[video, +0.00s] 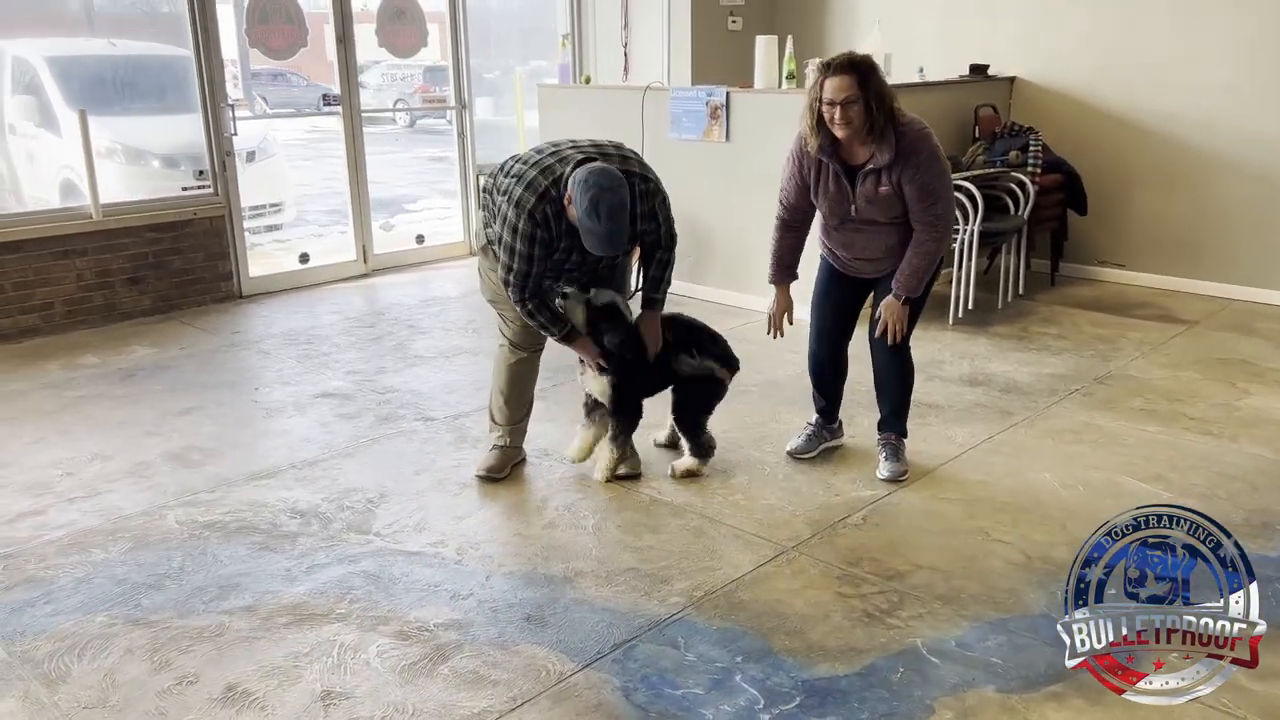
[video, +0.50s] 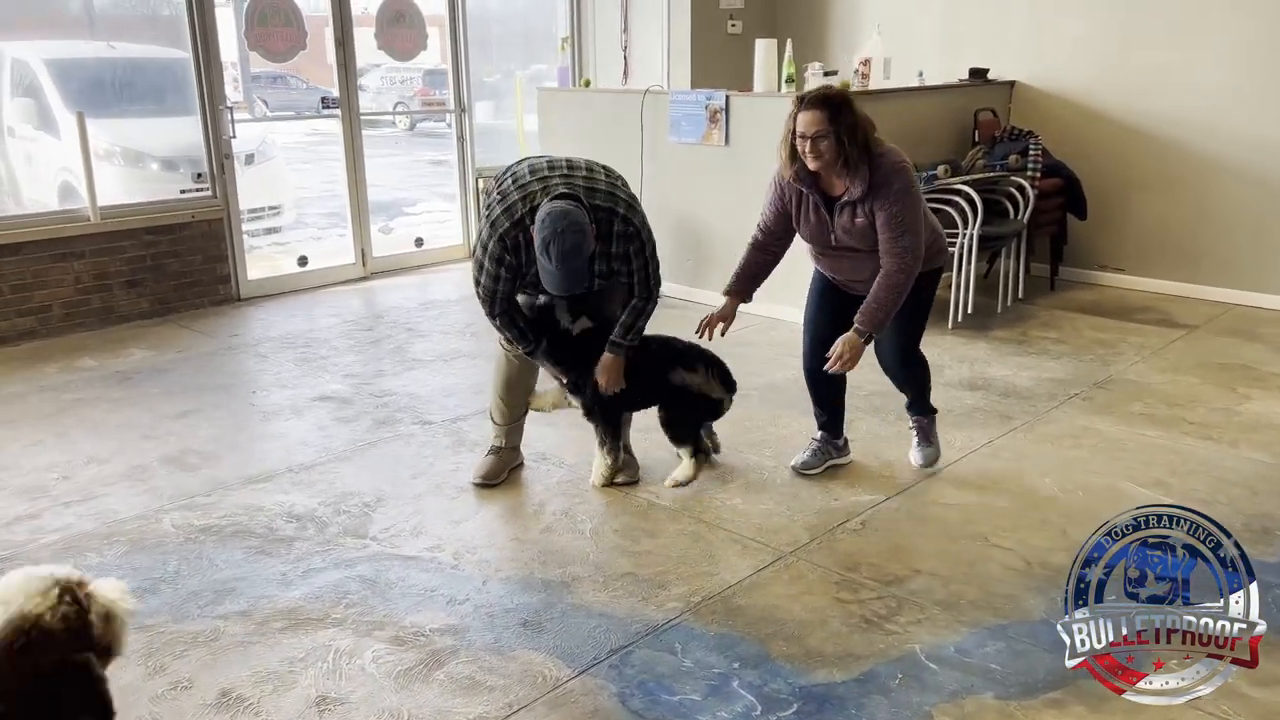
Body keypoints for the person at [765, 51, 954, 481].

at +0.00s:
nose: (838, 114)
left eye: (849, 103)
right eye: (829, 104)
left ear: (871, 101)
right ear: (817, 105)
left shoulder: (913, 143)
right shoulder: (810, 145)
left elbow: (935, 227)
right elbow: (792, 215)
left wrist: (900, 293)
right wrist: (781, 285)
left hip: (903, 259)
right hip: (841, 255)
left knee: (887, 338)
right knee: (823, 345)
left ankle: (892, 439)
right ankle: (826, 423)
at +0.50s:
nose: (809, 147)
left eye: (820, 137)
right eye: (801, 138)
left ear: (844, 136)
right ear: (792, 138)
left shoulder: (889, 173)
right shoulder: (792, 180)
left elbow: (900, 262)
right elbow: (768, 240)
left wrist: (860, 333)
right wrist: (732, 300)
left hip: (907, 267)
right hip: (838, 267)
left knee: (895, 355)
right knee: (818, 355)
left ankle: (922, 417)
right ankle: (831, 440)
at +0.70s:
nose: (793, 175)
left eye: (803, 165)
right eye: (787, 165)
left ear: (831, 165)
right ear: (781, 167)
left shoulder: (876, 207)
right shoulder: (784, 208)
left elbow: (877, 298)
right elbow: (750, 259)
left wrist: (826, 361)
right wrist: (700, 301)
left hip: (901, 298)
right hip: (834, 291)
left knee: (894, 400)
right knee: (797, 350)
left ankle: (951, 405)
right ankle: (825, 440)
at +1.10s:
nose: (797, 222)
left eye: (808, 214)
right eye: (794, 211)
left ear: (837, 214)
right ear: (789, 210)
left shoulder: (875, 264)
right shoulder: (788, 245)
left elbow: (855, 349)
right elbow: (736, 270)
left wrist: (826, 420)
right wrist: (680, 281)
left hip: (884, 360)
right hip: (828, 343)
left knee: (875, 469)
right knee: (768, 357)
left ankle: (932, 412)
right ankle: (811, 444)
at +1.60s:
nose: (803, 199)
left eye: (814, 192)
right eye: (802, 189)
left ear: (845, 195)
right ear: (798, 189)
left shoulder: (886, 252)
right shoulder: (799, 232)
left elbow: (888, 339)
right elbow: (778, 282)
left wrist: (817, 368)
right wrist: (752, 308)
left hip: (871, 359)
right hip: (814, 335)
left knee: (857, 468)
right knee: (746, 347)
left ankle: (918, 407)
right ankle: (792, 435)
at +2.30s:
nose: (803, 191)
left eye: (815, 183)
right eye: (802, 181)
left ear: (846, 187)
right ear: (798, 181)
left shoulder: (885, 247)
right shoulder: (799, 226)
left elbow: (871, 334)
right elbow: (776, 280)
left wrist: (796, 348)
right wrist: (753, 308)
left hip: (866, 359)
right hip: (812, 336)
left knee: (847, 469)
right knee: (735, 345)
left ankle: (907, 407)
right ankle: (780, 435)